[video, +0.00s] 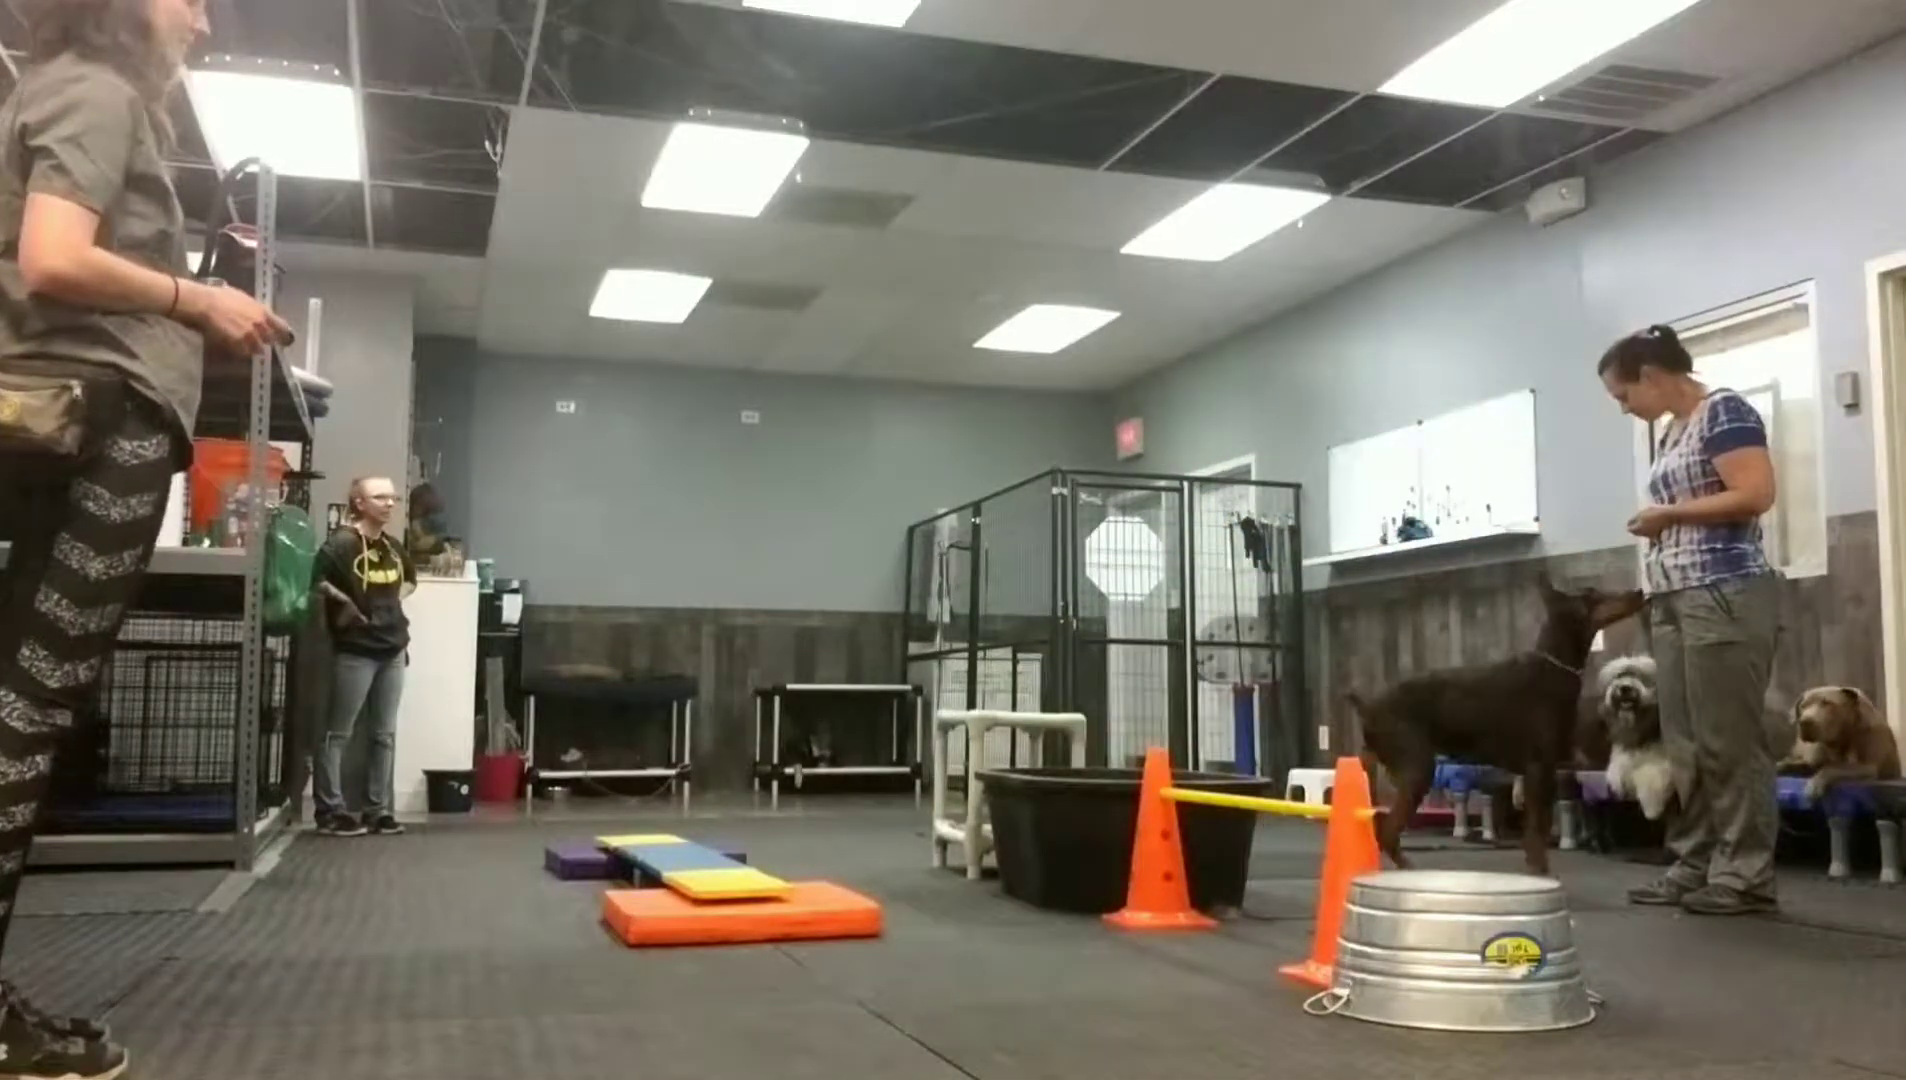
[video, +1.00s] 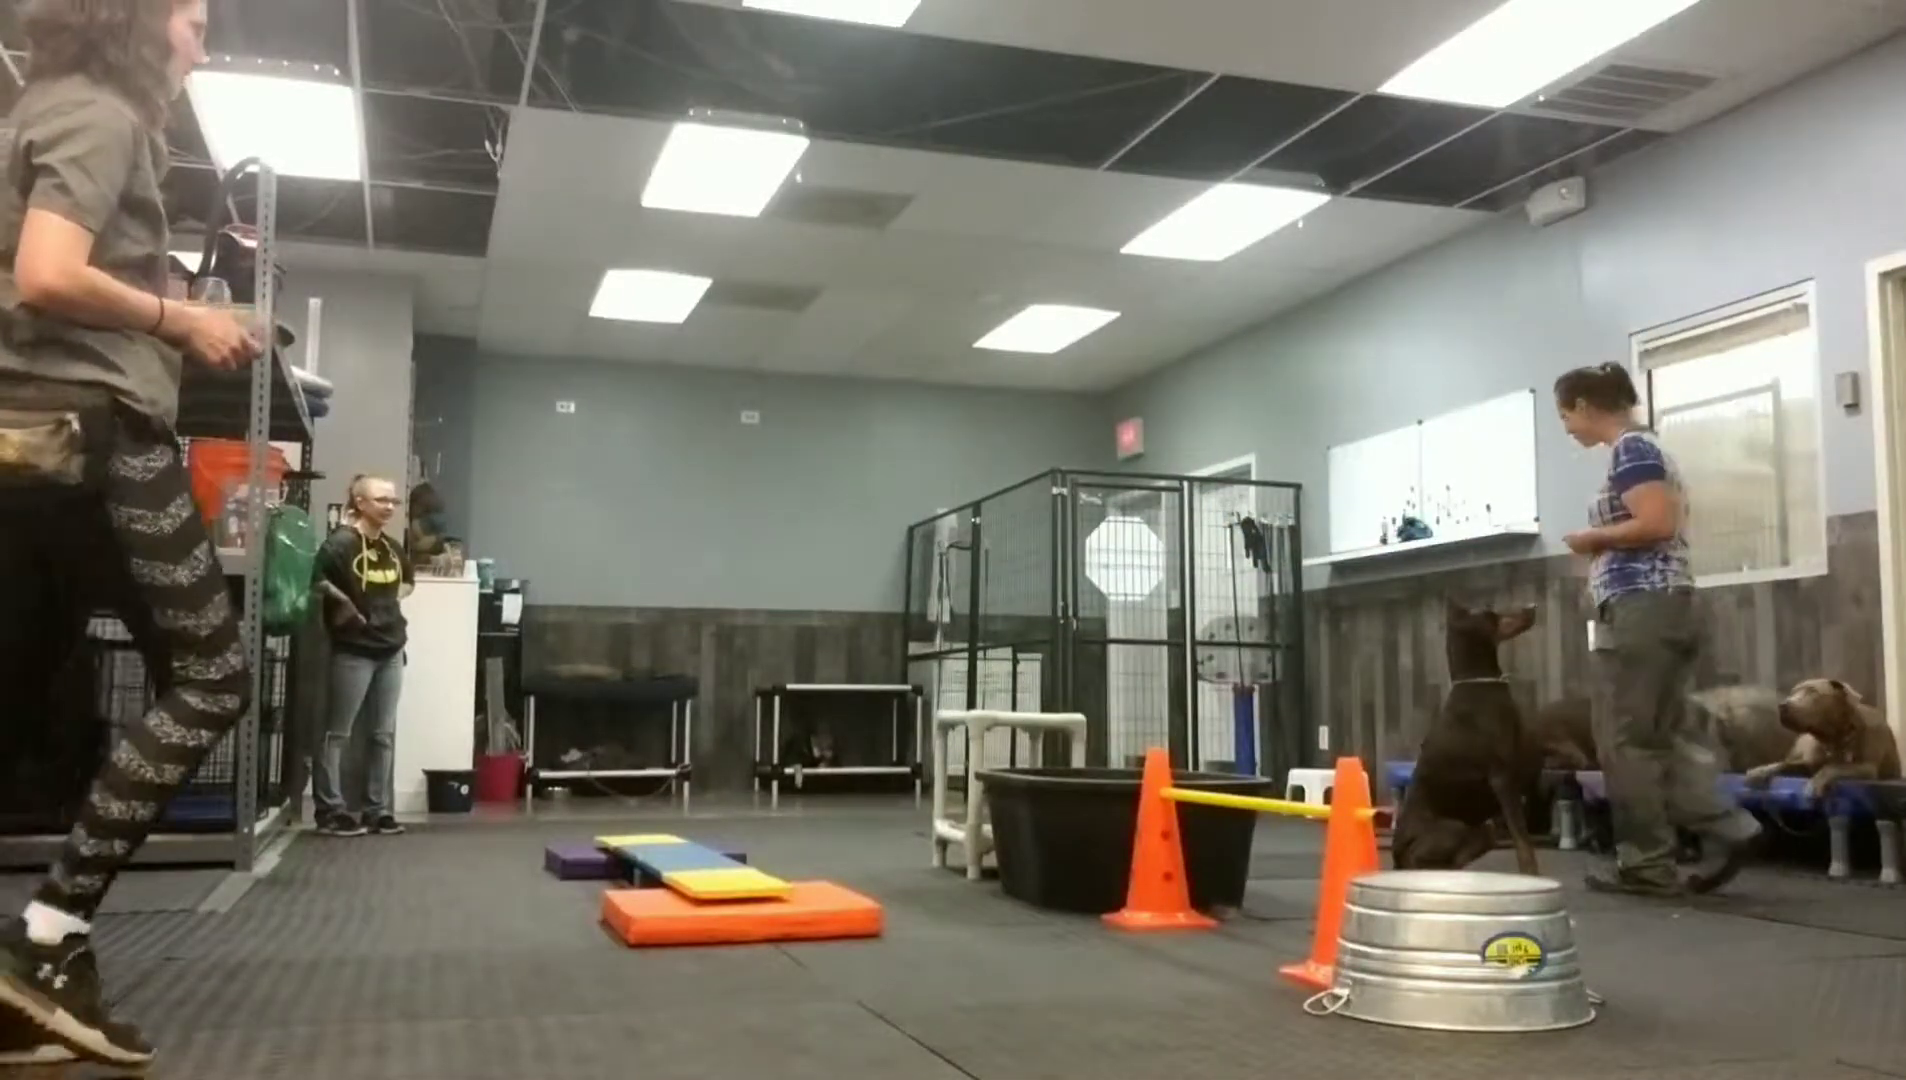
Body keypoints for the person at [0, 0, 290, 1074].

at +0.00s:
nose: (203, 20)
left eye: (202, 8)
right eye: (191, 3)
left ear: (124, 12)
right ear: (141, 2)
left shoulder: (102, 88)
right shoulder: (99, 88)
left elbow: (65, 261)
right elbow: (54, 259)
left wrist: (193, 293)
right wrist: (198, 297)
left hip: (99, 426)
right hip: (102, 429)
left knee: (39, 703)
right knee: (35, 707)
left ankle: (1, 1002)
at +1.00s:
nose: (200, 38)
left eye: (202, 19)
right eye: (191, 14)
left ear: (95, 19)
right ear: (136, 15)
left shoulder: (48, 104)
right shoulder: (98, 109)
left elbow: (56, 274)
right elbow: (46, 274)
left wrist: (172, 308)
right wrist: (180, 315)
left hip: (35, 432)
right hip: (97, 437)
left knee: (30, 712)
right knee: (209, 673)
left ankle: (37, 972)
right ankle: (51, 936)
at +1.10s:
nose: (222, 44)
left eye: (224, 24)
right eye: (212, 21)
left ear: (118, 28)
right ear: (158, 24)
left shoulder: (49, 118)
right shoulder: (126, 116)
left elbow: (52, 282)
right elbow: (69, 277)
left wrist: (188, 313)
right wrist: (197, 322)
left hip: (29, 438)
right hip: (115, 441)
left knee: (26, 720)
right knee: (238, 680)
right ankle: (207, 971)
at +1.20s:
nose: (271, 68)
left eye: (269, 50)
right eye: (262, 47)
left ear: (172, 52)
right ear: (212, 48)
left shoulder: (108, 144)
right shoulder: (185, 142)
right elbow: (140, 296)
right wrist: (260, 345)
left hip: (91, 453)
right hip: (168, 455)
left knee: (37, 715)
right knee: (279, 703)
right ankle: (337, 962)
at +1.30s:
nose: (350, 85)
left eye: (347, 64)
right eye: (342, 64)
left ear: (242, 74)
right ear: (304, 70)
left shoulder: (194, 166)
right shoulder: (279, 163)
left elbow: (172, 323)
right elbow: (248, 316)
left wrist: (325, 373)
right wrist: (358, 361)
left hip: (192, 457)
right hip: (274, 458)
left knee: (124, 714)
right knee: (362, 702)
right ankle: (357, 970)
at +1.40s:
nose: (441, 90)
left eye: (438, 71)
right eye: (429, 70)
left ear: (332, 78)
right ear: (380, 73)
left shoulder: (283, 175)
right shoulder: (388, 166)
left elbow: (271, 319)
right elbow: (370, 318)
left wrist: (383, 352)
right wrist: (458, 356)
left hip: (299, 449)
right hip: (373, 449)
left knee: (327, 722)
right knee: (394, 718)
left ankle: (134, 890)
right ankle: (363, 970)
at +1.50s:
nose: (531, 112)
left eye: (528, 93)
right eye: (523, 92)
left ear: (427, 95)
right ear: (487, 94)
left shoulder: (380, 185)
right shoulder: (482, 184)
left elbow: (355, 323)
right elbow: (465, 332)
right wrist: (529, 377)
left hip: (372, 453)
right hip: (443, 459)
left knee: (508, 691)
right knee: (413, 713)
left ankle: (453, 933)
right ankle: (358, 968)